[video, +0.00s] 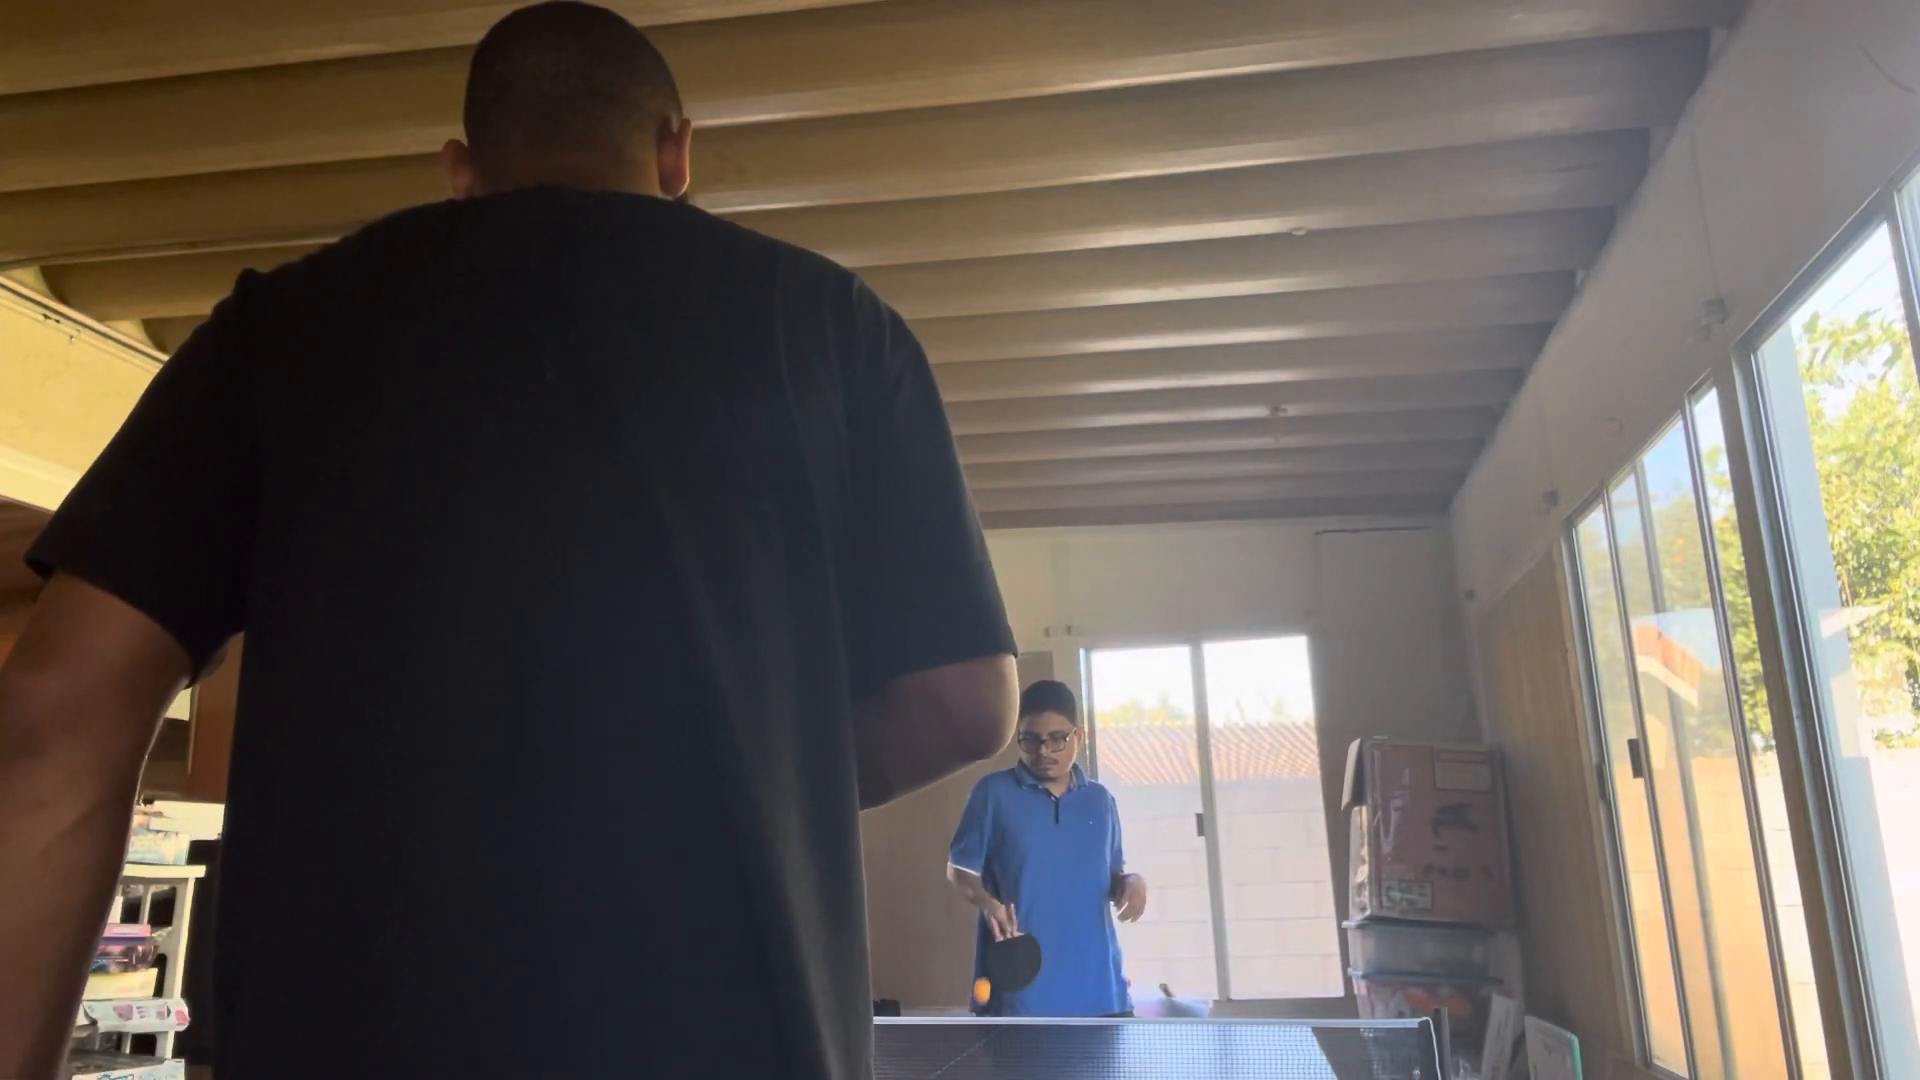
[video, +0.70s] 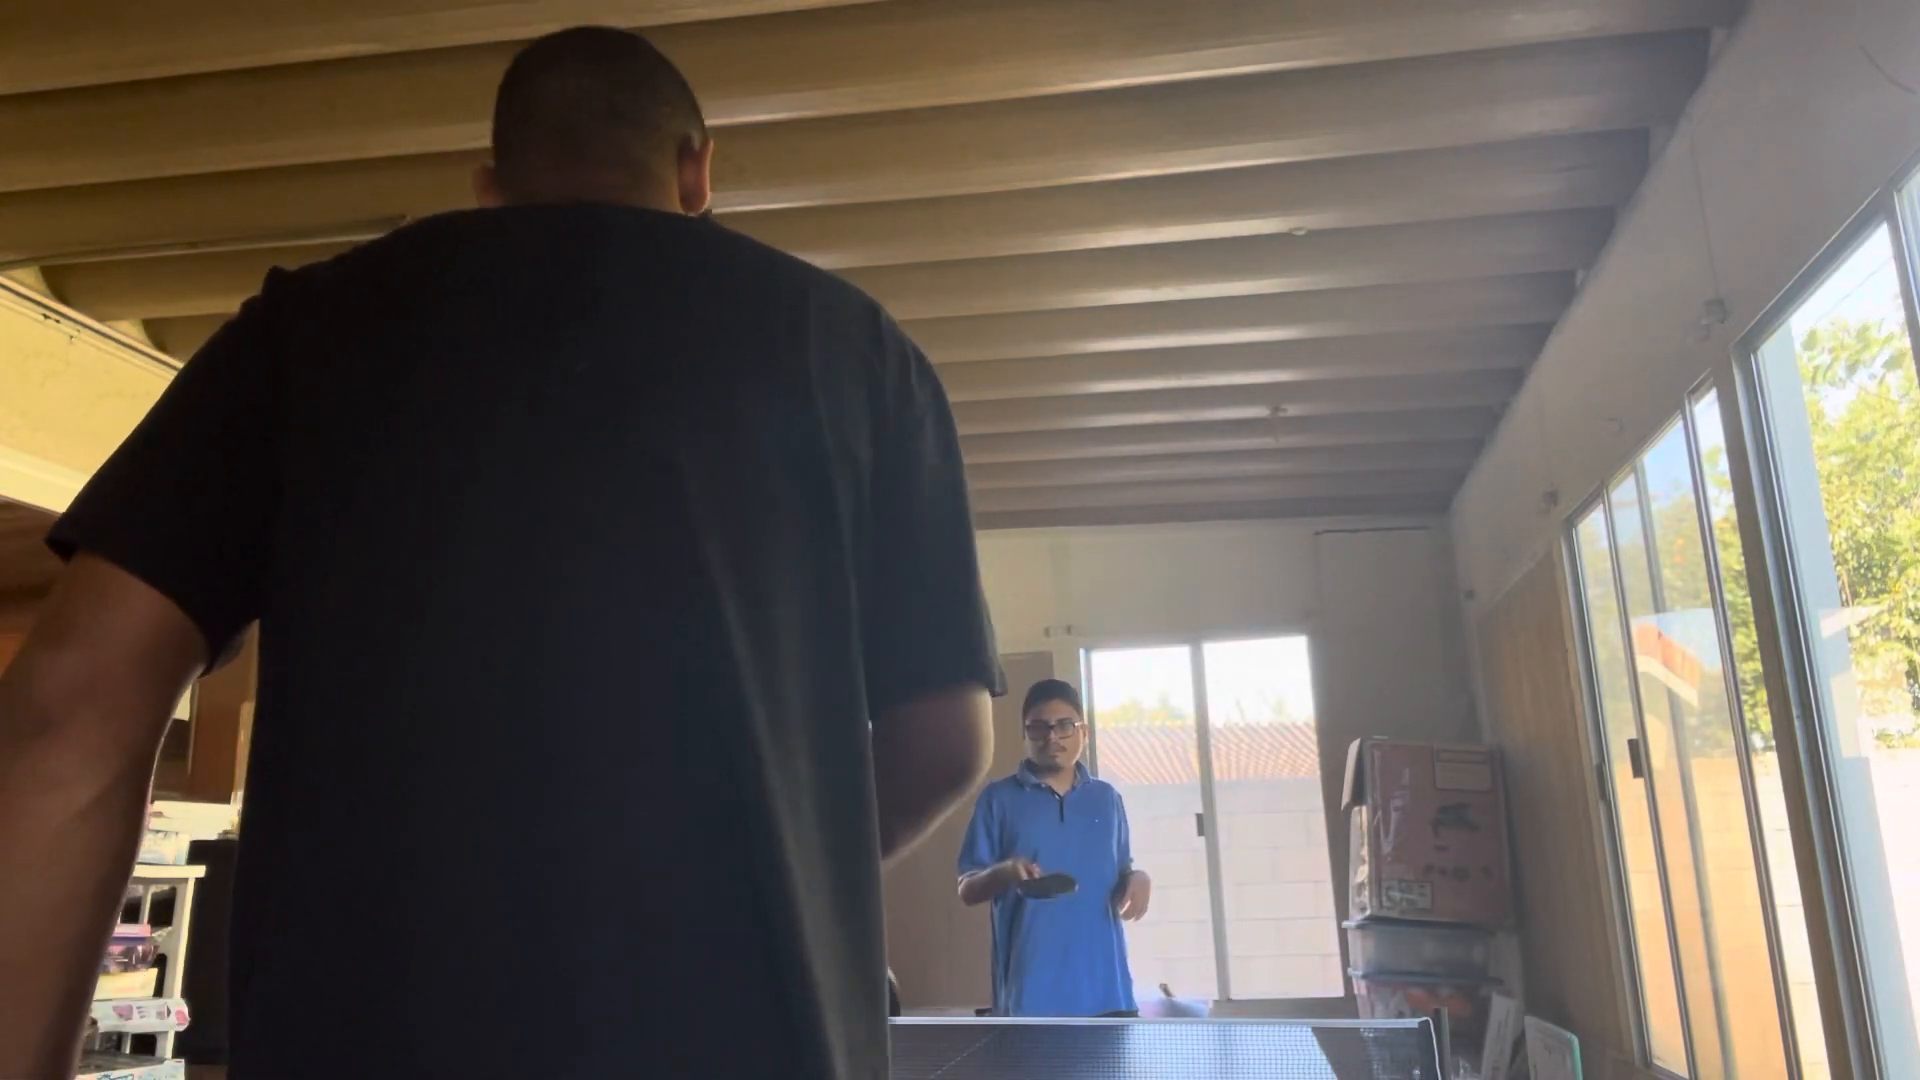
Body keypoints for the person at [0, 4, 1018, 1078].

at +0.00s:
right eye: (690, 156)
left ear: (460, 166)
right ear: (677, 157)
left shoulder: (290, 321)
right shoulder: (828, 317)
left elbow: (64, 700)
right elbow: (956, 705)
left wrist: (27, 1050)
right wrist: (738, 781)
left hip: (343, 1035)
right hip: (729, 1036)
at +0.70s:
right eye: (710, 179)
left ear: (486, 176)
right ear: (697, 174)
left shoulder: (314, 321)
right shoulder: (851, 341)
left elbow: (70, 708)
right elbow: (940, 746)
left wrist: (34, 1055)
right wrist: (765, 902)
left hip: (360, 1032)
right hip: (746, 1039)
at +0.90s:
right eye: (748, 219)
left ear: (539, 204)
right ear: (732, 215)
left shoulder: (363, 307)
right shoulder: (878, 370)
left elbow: (90, 648)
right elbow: (933, 802)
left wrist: (34, 1052)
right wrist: (833, 992)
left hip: (381, 1036)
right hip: (768, 1047)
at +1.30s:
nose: (786, 260)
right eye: (791, 246)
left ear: (592, 225)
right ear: (782, 246)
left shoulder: (409, 328)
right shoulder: (894, 333)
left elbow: (149, 642)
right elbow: (1072, 582)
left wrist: (104, 1048)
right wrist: (911, 789)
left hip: (429, 1025)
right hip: (824, 1030)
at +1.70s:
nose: (814, 250)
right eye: (812, 236)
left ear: (615, 228)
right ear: (805, 237)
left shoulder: (432, 338)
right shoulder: (924, 333)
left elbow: (176, 683)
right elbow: (1105, 664)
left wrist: (212, 1060)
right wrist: (926, 681)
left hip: (482, 1039)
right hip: (881, 1044)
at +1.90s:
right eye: (826, 232)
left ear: (630, 221)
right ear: (821, 233)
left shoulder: (457, 334)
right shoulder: (946, 339)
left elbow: (199, 675)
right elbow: (1135, 650)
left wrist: (226, 1060)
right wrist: (990, 606)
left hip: (485, 1040)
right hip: (866, 1043)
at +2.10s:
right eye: (828, 233)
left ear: (630, 225)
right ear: (818, 231)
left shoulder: (467, 335)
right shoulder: (955, 346)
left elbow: (235, 668)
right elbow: (1119, 682)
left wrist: (225, 1058)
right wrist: (960, 650)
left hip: (514, 1036)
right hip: (899, 1039)